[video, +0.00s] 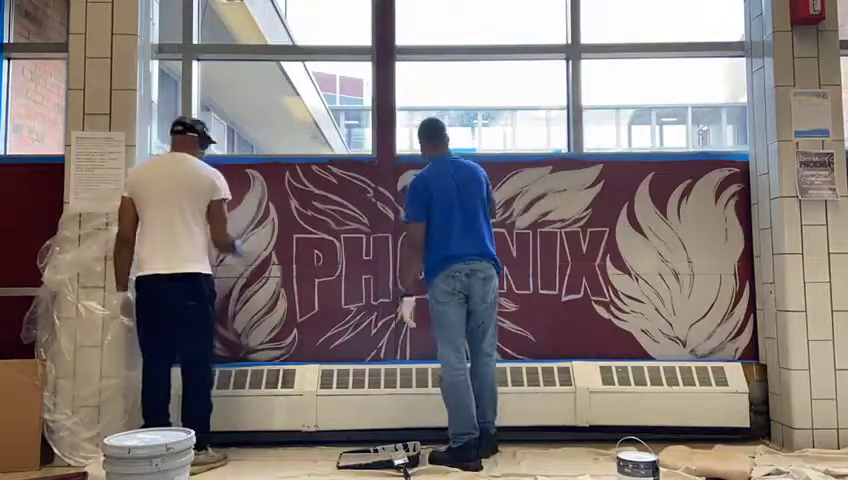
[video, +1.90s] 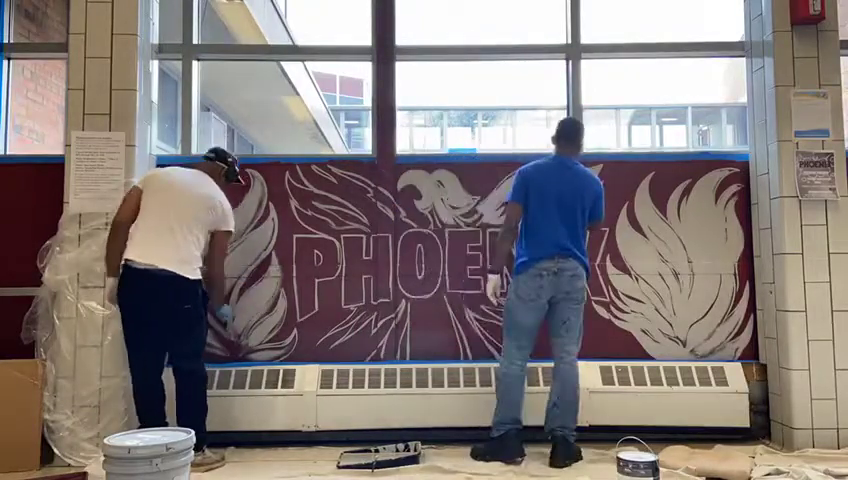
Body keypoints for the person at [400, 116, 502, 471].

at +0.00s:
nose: (422, 149)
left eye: (420, 144)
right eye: (430, 140)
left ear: (422, 144)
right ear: (448, 140)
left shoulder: (421, 181)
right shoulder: (476, 171)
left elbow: (415, 239)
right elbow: (490, 212)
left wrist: (407, 293)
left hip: (445, 270)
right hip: (484, 266)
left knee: (452, 357)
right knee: (485, 354)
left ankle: (464, 445)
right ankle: (486, 437)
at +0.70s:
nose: (421, 145)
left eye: (419, 140)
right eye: (429, 137)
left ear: (419, 140)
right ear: (445, 136)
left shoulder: (418, 176)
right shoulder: (469, 168)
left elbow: (415, 231)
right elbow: (489, 207)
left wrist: (406, 287)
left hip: (442, 270)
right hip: (477, 267)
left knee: (442, 359)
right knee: (474, 355)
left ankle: (449, 451)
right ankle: (473, 441)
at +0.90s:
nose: (484, 144)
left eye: (480, 137)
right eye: (491, 139)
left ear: (473, 139)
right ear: (500, 142)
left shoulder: (456, 170)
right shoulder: (514, 178)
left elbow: (440, 221)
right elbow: (519, 222)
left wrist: (425, 269)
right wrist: (489, 212)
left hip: (465, 268)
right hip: (505, 268)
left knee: (451, 347)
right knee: (501, 350)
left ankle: (449, 444)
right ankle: (499, 444)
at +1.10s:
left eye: (492, 144)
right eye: (510, 151)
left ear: (488, 145)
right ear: (514, 152)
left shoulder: (464, 165)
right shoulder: (518, 184)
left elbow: (442, 214)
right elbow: (519, 238)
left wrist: (438, 227)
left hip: (465, 265)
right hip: (503, 268)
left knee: (449, 346)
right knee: (499, 352)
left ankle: (447, 443)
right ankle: (498, 444)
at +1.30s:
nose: (501, 138)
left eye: (496, 132)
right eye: (508, 131)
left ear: (490, 133)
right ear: (518, 133)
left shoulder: (475, 169)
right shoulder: (540, 170)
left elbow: (461, 227)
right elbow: (550, 226)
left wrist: (454, 280)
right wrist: (547, 270)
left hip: (489, 267)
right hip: (532, 266)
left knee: (490, 362)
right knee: (531, 359)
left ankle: (497, 454)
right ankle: (539, 454)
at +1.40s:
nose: (526, 145)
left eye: (519, 138)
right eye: (530, 139)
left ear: (510, 141)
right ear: (537, 142)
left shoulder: (488, 176)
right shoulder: (552, 180)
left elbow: (472, 226)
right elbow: (565, 226)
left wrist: (477, 239)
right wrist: (540, 225)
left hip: (498, 270)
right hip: (540, 270)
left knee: (495, 355)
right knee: (549, 355)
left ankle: (492, 445)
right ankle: (560, 444)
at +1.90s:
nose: (569, 147)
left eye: (560, 139)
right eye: (577, 142)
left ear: (553, 140)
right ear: (581, 144)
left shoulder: (528, 173)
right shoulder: (592, 182)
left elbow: (510, 225)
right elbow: (592, 227)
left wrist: (498, 271)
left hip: (531, 273)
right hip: (573, 273)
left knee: (514, 355)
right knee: (567, 357)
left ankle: (506, 438)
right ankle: (563, 441)